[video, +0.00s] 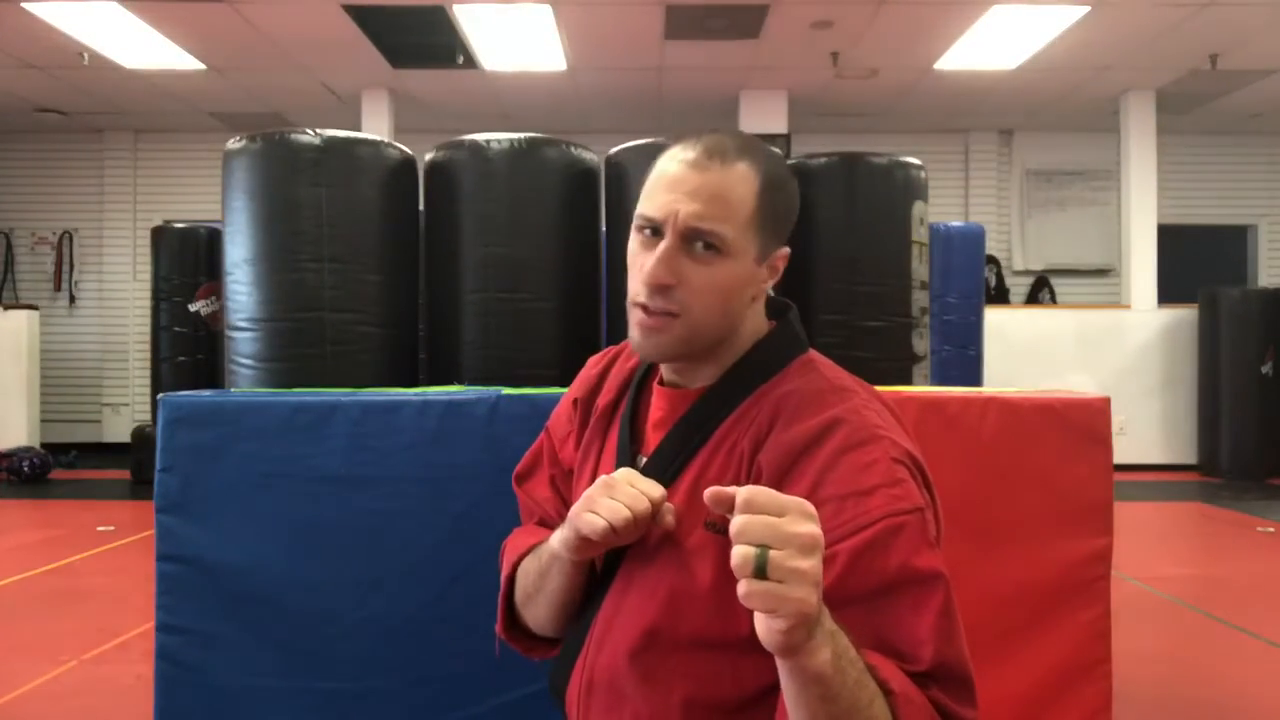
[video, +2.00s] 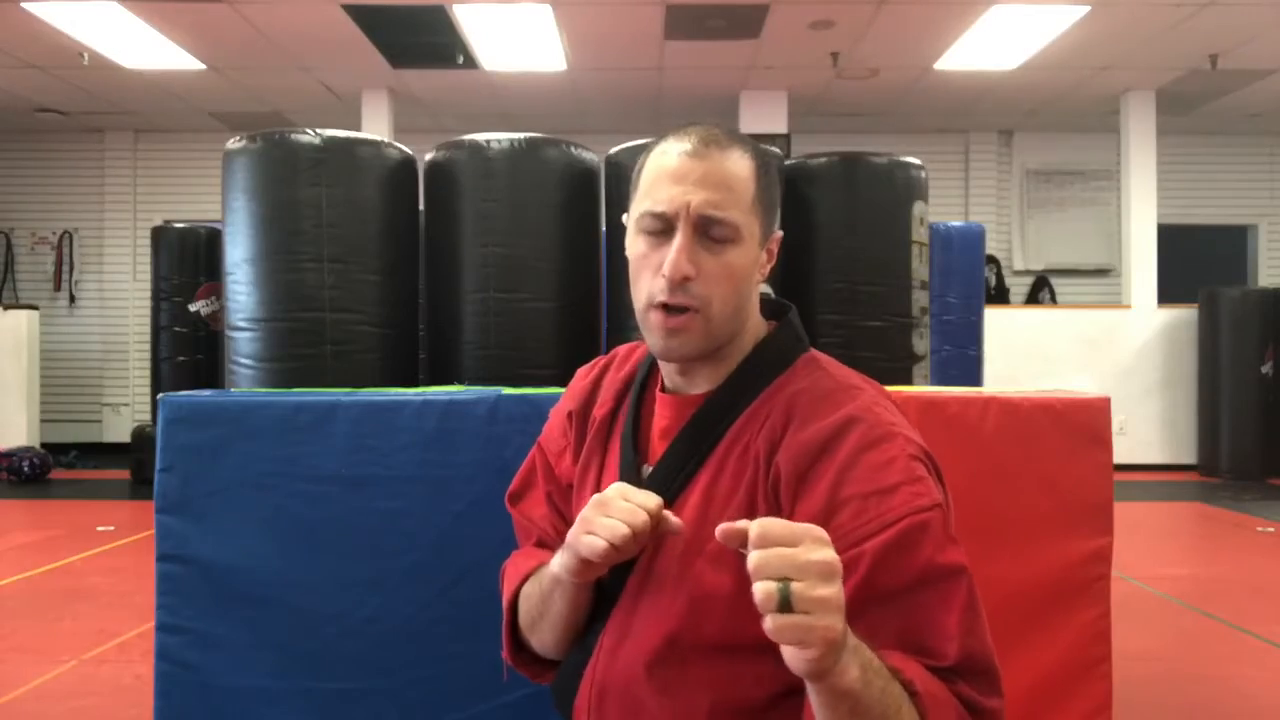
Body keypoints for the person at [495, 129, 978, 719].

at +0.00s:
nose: (656, 272)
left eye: (703, 245)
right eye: (650, 232)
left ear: (770, 271)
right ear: (630, 234)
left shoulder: (846, 444)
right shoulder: (605, 383)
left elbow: (920, 705)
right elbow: (532, 619)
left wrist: (808, 644)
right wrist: (565, 549)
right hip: (589, 704)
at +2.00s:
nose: (676, 267)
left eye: (715, 235)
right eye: (657, 229)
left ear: (766, 259)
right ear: (626, 240)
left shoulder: (852, 435)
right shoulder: (599, 392)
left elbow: (953, 702)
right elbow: (537, 641)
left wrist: (836, 663)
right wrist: (568, 569)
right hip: (595, 705)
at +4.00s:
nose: (599, 152)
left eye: (618, 105)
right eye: (563, 126)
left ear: (670, 88)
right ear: (537, 141)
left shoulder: (809, 218)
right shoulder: (510, 271)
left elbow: (947, 347)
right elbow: (493, 448)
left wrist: (903, 528)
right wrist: (467, 579)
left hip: (761, 673)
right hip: (575, 668)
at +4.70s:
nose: (482, 131)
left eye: (506, 101)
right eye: (456, 109)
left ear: (558, 112)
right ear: (435, 137)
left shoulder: (673, 247)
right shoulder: (408, 291)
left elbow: (774, 379)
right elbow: (419, 478)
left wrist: (773, 562)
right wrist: (450, 636)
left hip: (669, 648)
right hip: (505, 652)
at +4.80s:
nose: (539, 130)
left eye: (565, 101)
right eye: (513, 106)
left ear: (612, 115)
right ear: (482, 128)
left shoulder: (719, 267)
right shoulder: (436, 282)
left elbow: (782, 430)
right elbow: (434, 472)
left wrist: (795, 581)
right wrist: (456, 631)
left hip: (683, 663)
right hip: (513, 660)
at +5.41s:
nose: (801, 99)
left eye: (832, 67)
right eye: (774, 66)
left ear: (871, 89)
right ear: (730, 87)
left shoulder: (981, 264)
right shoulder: (650, 257)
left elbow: (1042, 481)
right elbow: (628, 466)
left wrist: (1030, 682)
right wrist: (618, 641)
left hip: (891, 687)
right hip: (693, 680)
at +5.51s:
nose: (776, 107)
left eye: (807, 72)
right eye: (748, 76)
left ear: (853, 89)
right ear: (711, 100)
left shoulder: (974, 263)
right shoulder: (652, 258)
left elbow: (1045, 478)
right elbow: (638, 458)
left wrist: (1027, 683)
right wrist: (621, 622)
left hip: (883, 688)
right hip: (686, 676)